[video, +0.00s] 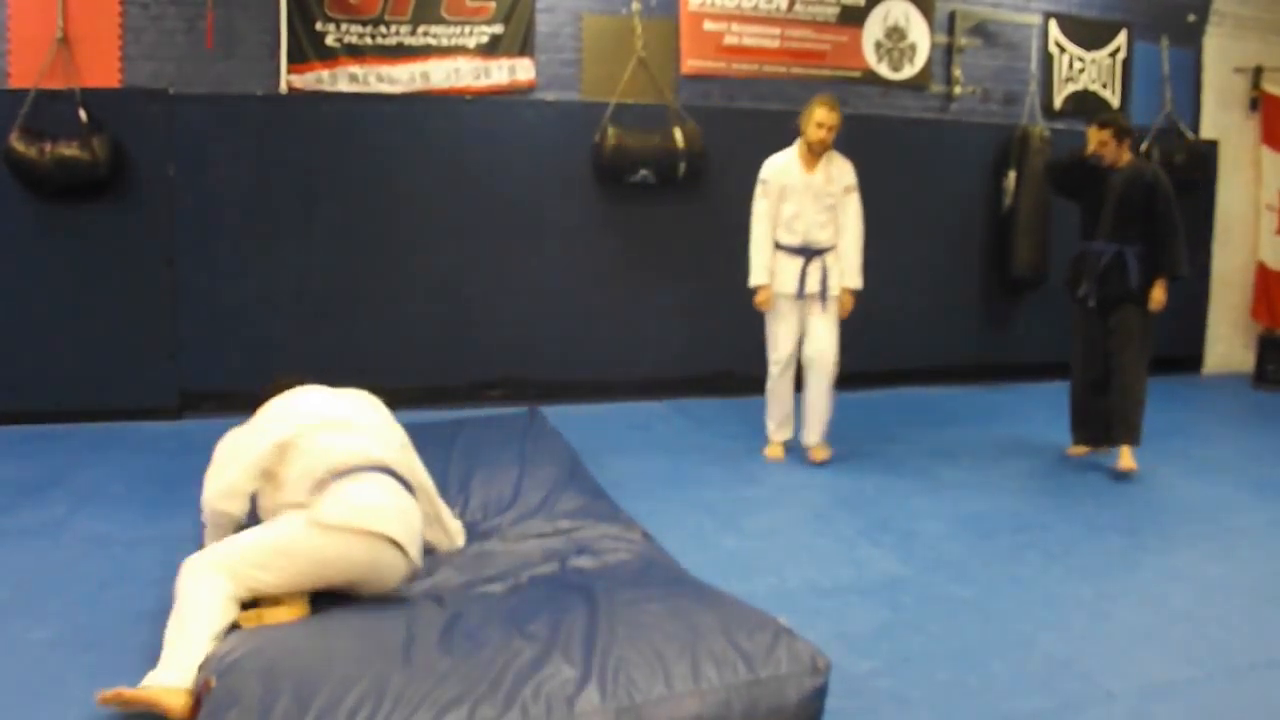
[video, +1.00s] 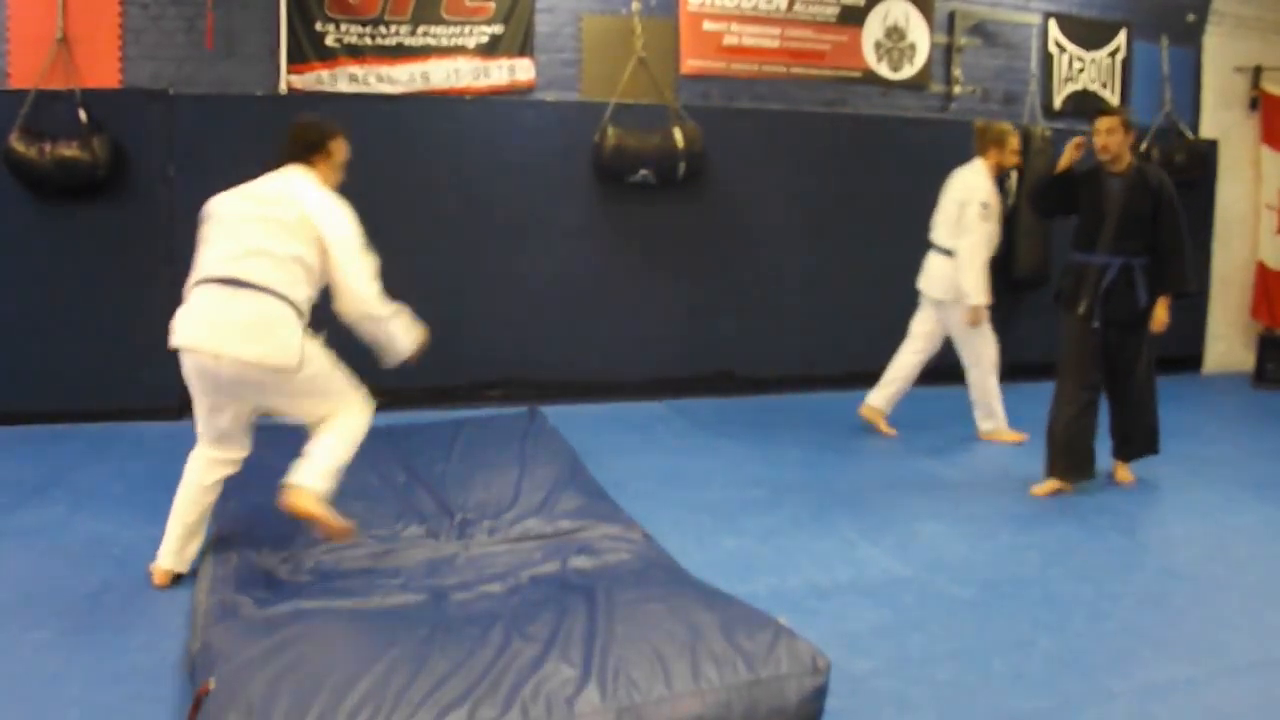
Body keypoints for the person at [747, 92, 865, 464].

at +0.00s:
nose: (824, 134)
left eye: (831, 128)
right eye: (819, 125)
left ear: (837, 131)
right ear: (803, 125)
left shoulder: (843, 169)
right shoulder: (775, 166)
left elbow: (852, 228)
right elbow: (761, 225)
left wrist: (849, 283)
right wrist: (761, 280)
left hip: (827, 268)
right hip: (784, 266)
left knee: (824, 356)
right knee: (781, 356)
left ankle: (815, 437)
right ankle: (777, 434)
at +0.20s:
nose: (857, 138)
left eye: (863, 132)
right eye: (851, 130)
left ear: (868, 136)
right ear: (834, 129)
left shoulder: (871, 176)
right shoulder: (804, 170)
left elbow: (877, 231)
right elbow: (784, 224)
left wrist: (877, 283)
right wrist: (783, 277)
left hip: (852, 270)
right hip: (807, 269)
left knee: (869, 353)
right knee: (790, 357)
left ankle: (871, 414)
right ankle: (777, 434)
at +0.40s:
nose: (902, 151)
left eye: (907, 145)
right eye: (896, 144)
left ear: (909, 149)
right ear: (877, 144)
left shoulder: (907, 186)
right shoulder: (849, 183)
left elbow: (917, 239)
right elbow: (825, 237)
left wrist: (917, 289)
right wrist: (810, 287)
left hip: (891, 275)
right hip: (853, 273)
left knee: (890, 351)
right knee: (837, 349)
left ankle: (871, 416)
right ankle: (790, 423)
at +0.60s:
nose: (938, 147)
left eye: (940, 141)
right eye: (932, 140)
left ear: (939, 143)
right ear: (911, 137)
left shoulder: (927, 180)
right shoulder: (878, 175)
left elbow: (937, 229)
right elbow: (863, 229)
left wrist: (947, 273)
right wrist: (861, 278)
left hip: (910, 265)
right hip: (882, 263)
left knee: (905, 345)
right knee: (895, 342)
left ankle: (877, 416)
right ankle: (856, 415)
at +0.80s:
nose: (974, 155)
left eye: (975, 148)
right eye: (970, 147)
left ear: (953, 146)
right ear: (949, 143)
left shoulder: (948, 180)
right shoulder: (919, 176)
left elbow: (955, 228)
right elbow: (906, 229)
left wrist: (971, 267)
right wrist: (915, 278)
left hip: (928, 266)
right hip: (913, 268)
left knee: (901, 347)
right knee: (946, 346)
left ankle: (871, 412)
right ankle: (964, 421)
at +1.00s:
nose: (1018, 158)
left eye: (1018, 152)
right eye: (1013, 152)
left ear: (990, 151)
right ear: (994, 151)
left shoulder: (962, 174)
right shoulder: (982, 187)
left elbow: (946, 227)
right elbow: (973, 245)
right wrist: (976, 297)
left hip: (936, 266)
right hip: (958, 274)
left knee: (918, 344)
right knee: (982, 352)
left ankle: (877, 404)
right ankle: (991, 424)